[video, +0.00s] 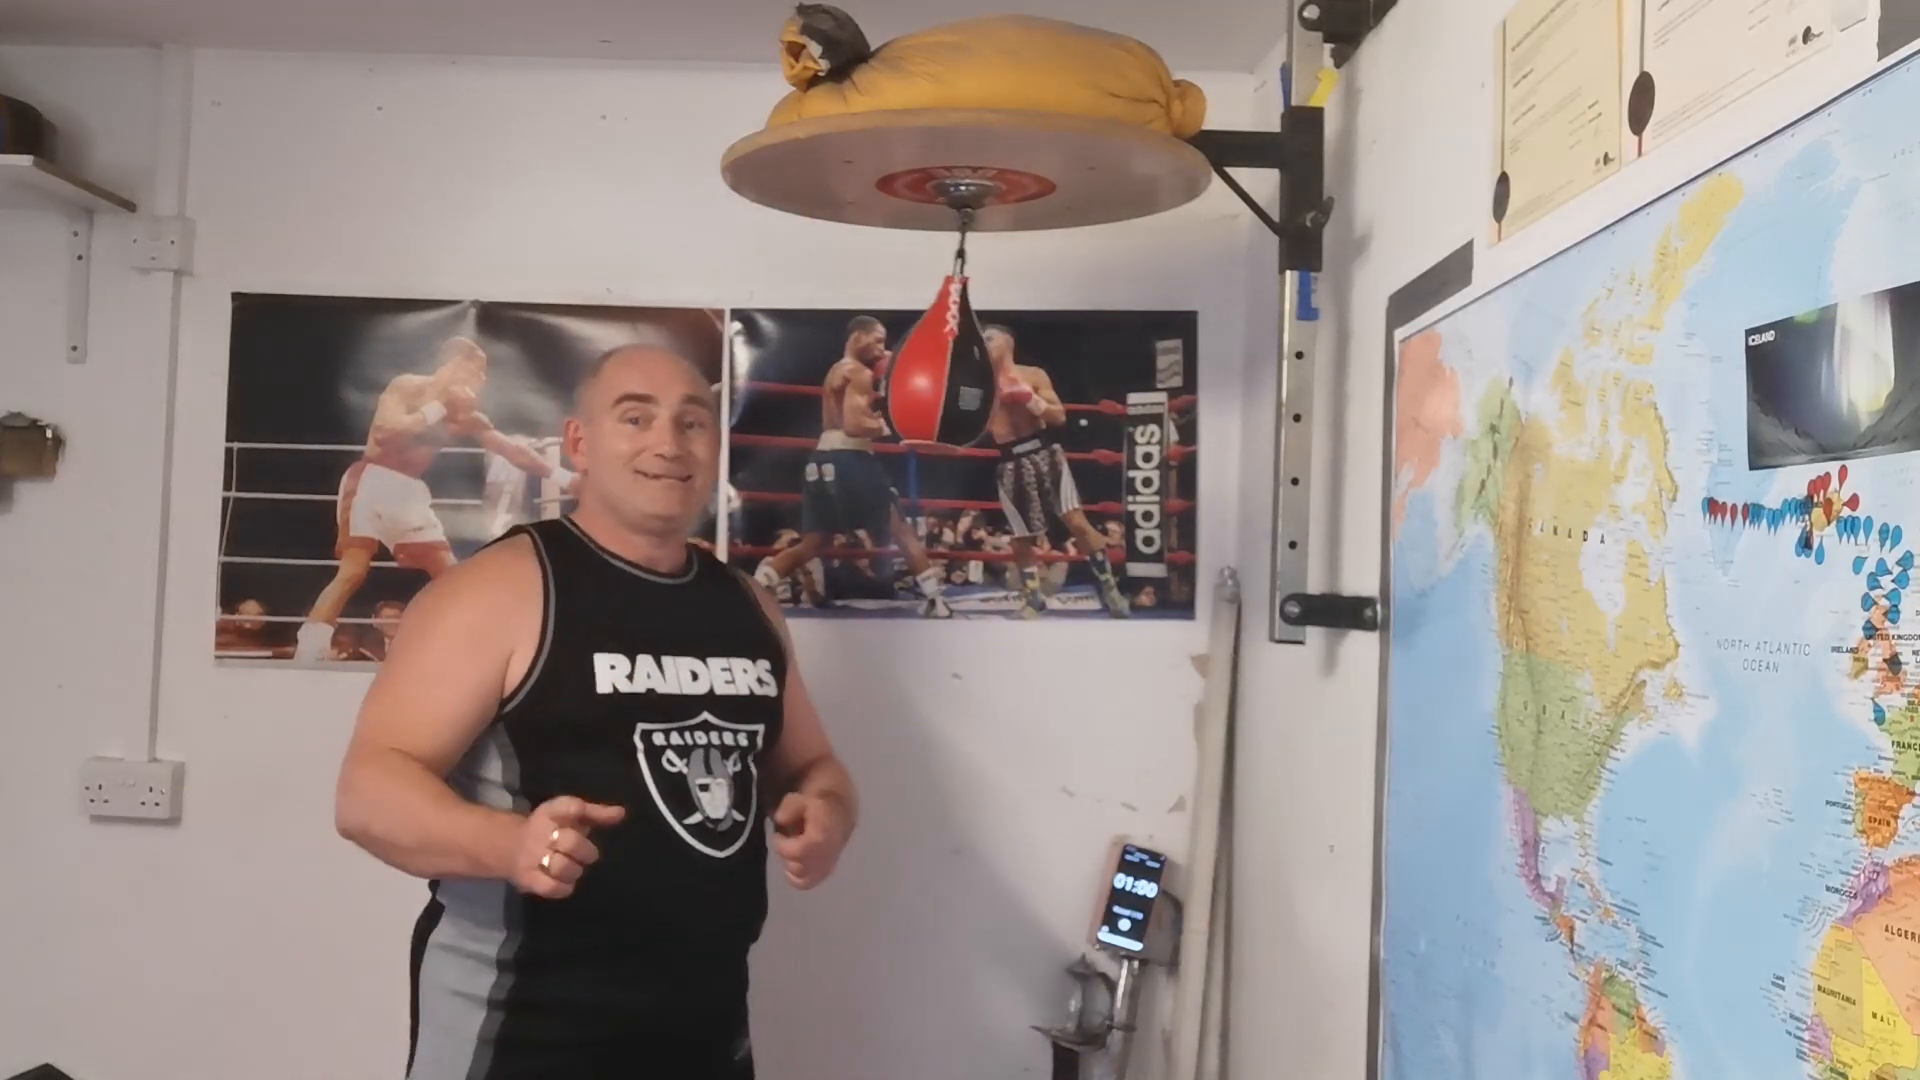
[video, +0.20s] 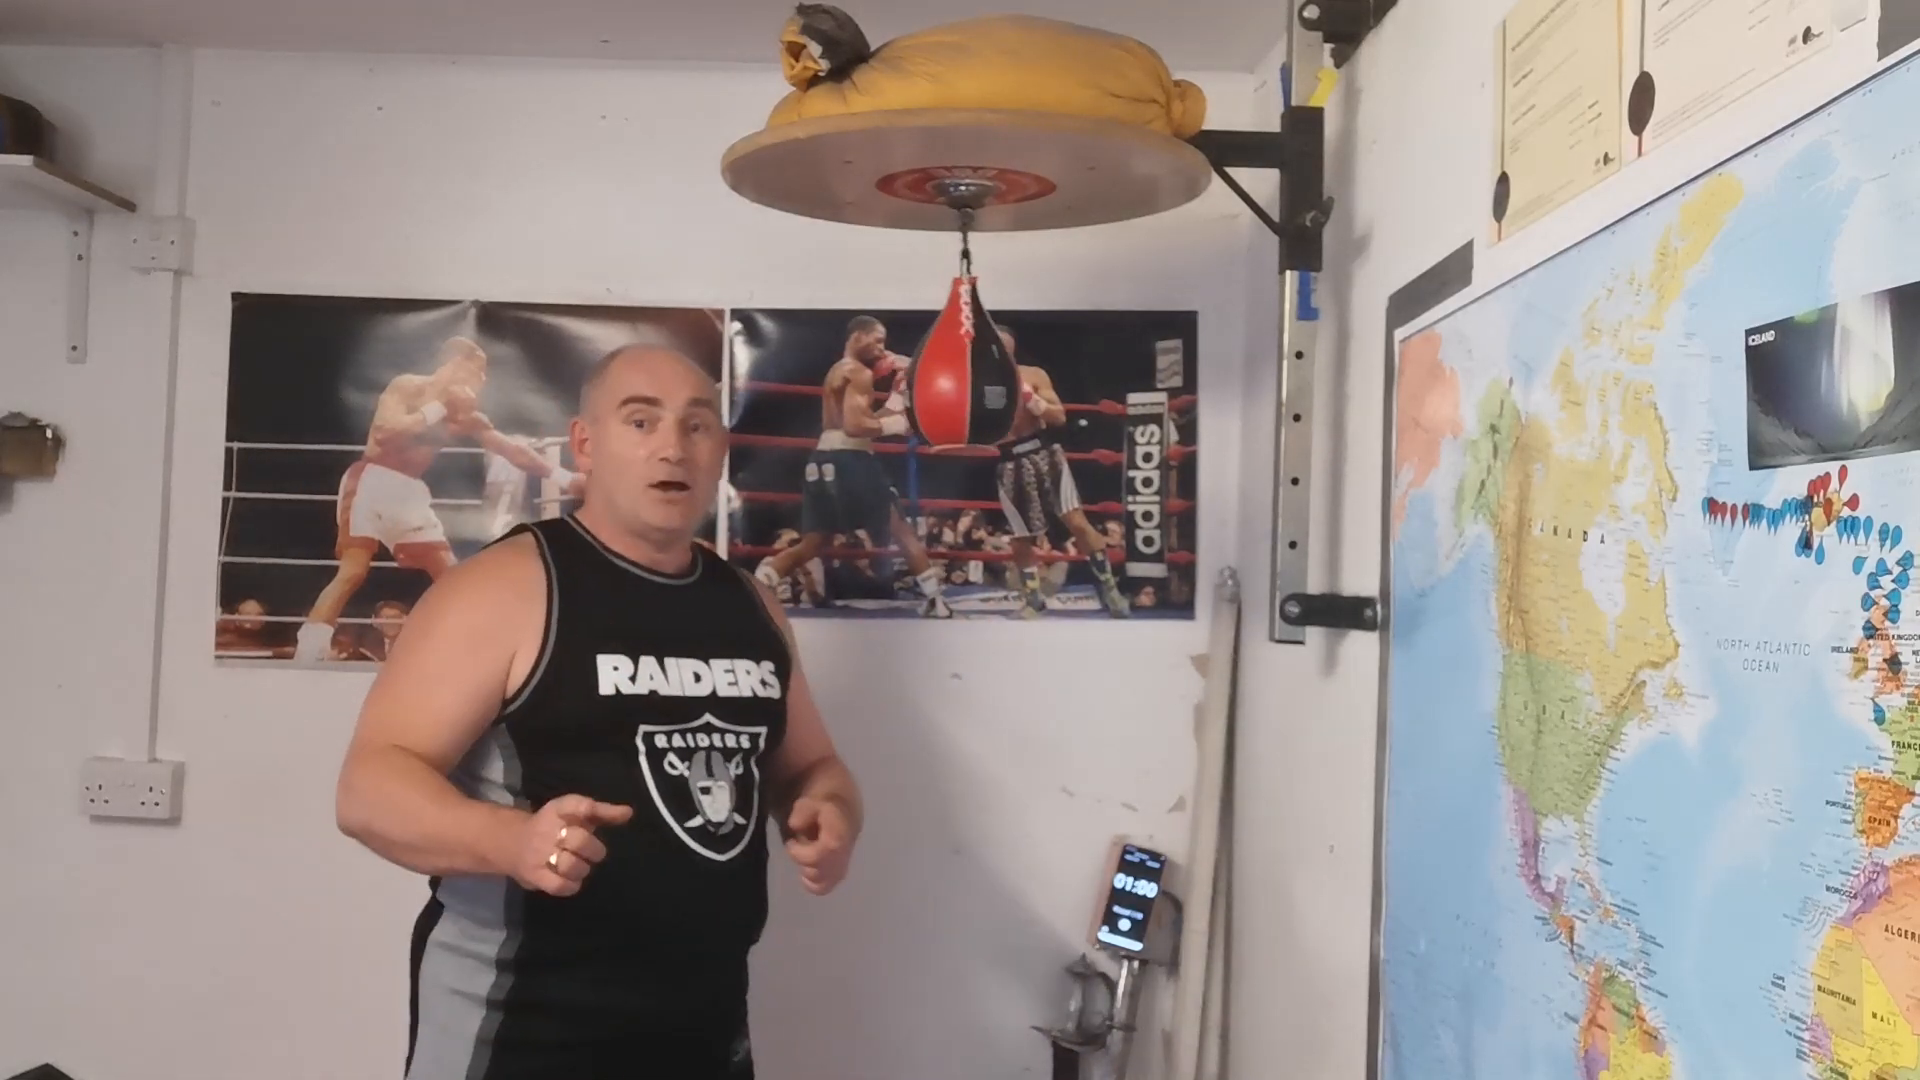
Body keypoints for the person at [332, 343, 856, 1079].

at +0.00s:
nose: (668, 443)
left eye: (691, 421)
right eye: (634, 417)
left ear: (715, 453)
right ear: (577, 444)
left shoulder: (744, 606)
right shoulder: (495, 590)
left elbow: (813, 765)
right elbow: (369, 789)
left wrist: (824, 814)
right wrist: (506, 843)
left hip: (699, 1018)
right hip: (522, 1022)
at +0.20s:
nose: (674, 449)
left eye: (696, 424)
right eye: (641, 421)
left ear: (722, 452)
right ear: (583, 447)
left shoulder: (747, 605)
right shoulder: (500, 589)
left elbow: (809, 766)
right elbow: (370, 787)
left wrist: (826, 814)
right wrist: (509, 839)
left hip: (698, 1015)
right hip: (521, 1018)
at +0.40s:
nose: (676, 448)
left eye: (700, 424)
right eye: (643, 420)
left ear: (725, 454)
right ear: (586, 445)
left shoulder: (750, 607)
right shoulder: (504, 588)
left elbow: (811, 766)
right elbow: (373, 786)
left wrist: (828, 813)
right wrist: (513, 832)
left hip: (701, 1016)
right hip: (523, 1019)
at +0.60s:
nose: (677, 450)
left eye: (701, 425)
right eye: (646, 422)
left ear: (727, 453)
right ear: (588, 445)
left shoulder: (750, 607)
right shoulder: (506, 588)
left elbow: (814, 765)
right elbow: (374, 788)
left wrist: (830, 813)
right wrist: (515, 834)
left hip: (702, 1016)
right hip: (525, 1019)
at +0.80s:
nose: (677, 448)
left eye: (701, 425)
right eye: (645, 421)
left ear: (727, 455)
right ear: (587, 446)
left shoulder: (749, 607)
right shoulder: (507, 587)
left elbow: (815, 765)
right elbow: (375, 788)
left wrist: (831, 812)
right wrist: (519, 832)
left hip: (703, 1017)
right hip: (526, 1020)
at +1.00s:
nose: (679, 451)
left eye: (702, 426)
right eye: (647, 422)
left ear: (727, 453)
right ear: (588, 444)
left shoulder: (750, 607)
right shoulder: (506, 588)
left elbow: (814, 764)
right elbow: (375, 788)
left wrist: (830, 812)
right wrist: (518, 832)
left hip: (702, 1017)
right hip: (525, 1020)